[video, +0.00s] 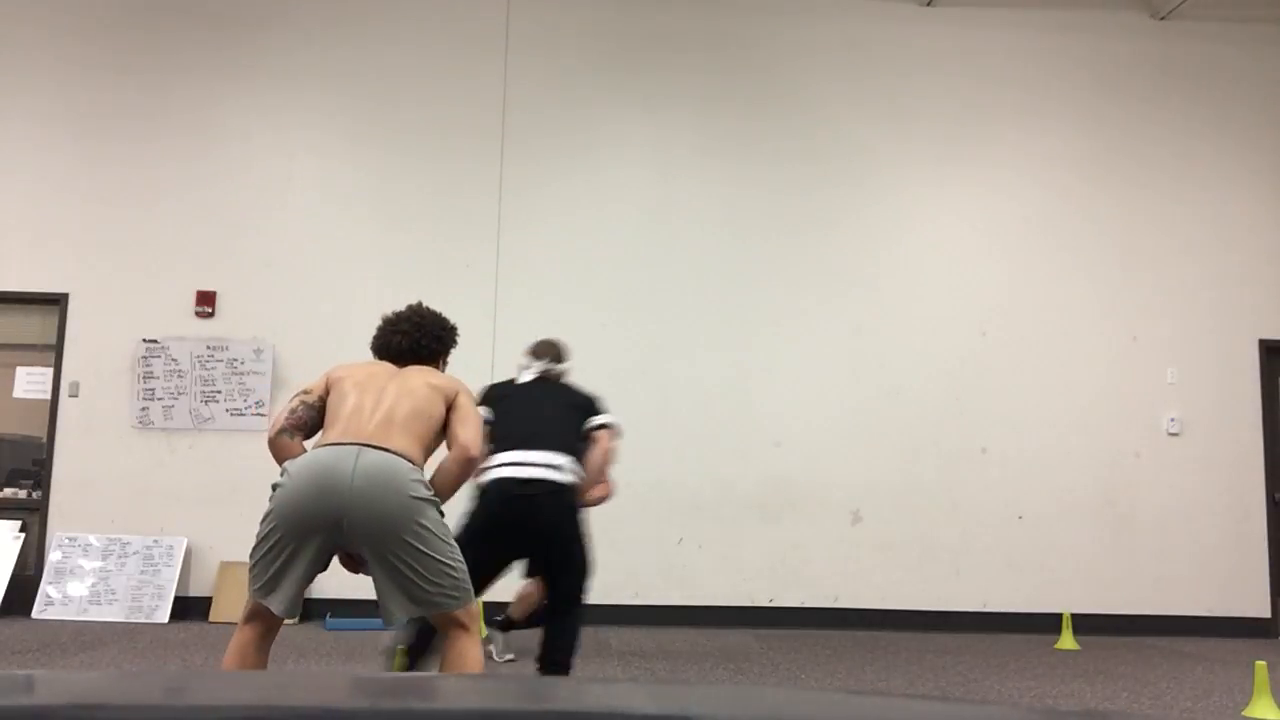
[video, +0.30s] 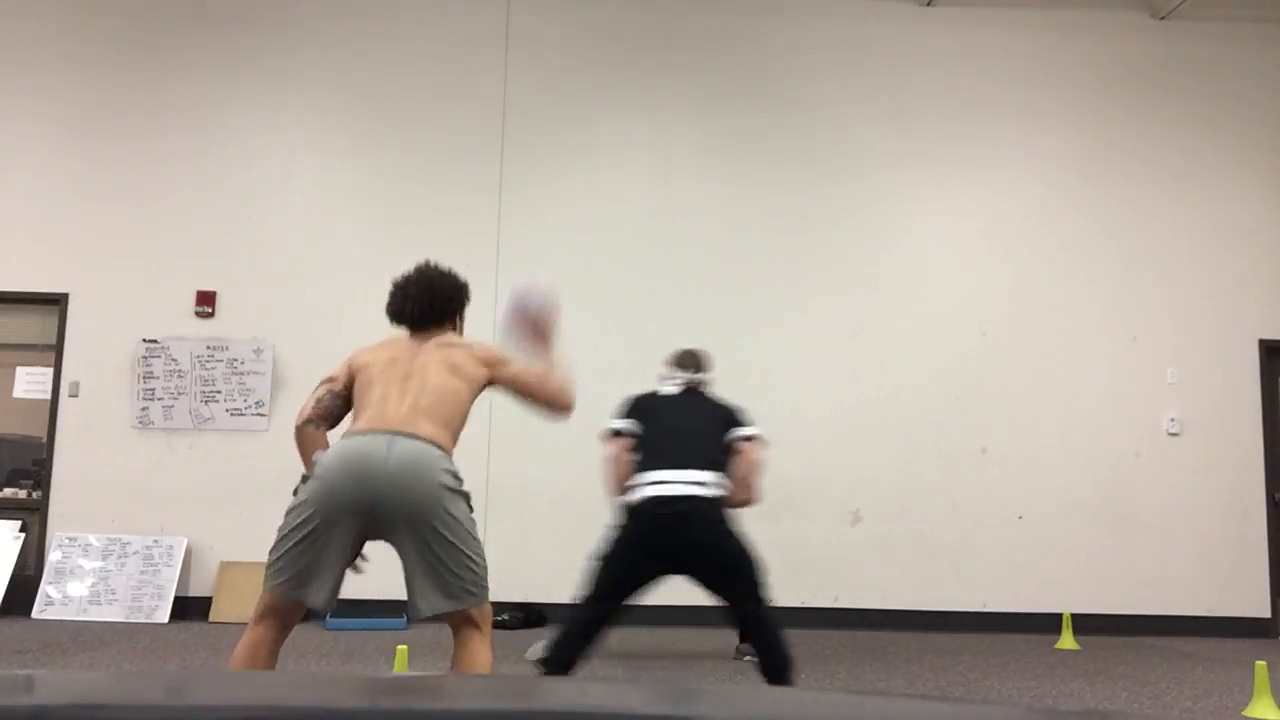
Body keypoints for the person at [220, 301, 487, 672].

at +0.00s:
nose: (448, 367)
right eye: (448, 362)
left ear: (383, 349)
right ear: (439, 359)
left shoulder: (341, 373)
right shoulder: (451, 387)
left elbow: (282, 434)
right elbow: (466, 451)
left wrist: (334, 531)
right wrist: (412, 516)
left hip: (312, 472)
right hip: (394, 476)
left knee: (258, 618)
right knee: (460, 626)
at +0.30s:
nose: (464, 322)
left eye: (462, 317)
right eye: (463, 316)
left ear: (402, 316)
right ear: (457, 318)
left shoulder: (365, 356)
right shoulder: (473, 355)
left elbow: (308, 426)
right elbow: (560, 400)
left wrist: (336, 523)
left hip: (346, 459)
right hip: (424, 465)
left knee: (270, 618)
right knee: (471, 625)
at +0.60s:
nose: (458, 267)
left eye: (455, 258)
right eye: (456, 259)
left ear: (396, 272)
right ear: (444, 265)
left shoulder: (363, 311)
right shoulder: (479, 320)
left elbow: (310, 383)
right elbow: (515, 409)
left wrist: (261, 469)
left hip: (353, 428)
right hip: (430, 436)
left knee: (286, 602)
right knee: (457, 611)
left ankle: (236, 716)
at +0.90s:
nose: (406, 243)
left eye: (402, 233)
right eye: (401, 233)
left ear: (344, 246)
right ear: (387, 242)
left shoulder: (303, 303)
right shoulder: (420, 308)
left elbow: (272, 398)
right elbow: (431, 411)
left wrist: (262, 481)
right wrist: (448, 493)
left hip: (299, 429)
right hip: (375, 436)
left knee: (257, 612)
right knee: (425, 609)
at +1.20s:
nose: (353, 223)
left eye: (350, 213)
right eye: (348, 214)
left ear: (287, 227)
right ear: (328, 223)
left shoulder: (244, 289)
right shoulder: (363, 286)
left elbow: (222, 393)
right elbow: (417, 384)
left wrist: (235, 460)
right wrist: (473, 431)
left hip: (246, 438)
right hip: (323, 438)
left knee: (229, 611)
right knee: (383, 598)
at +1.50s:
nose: (342, 224)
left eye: (339, 213)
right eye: (336, 214)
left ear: (278, 225)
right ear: (316, 221)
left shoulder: (233, 287)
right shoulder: (344, 281)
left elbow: (206, 392)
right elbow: (355, 383)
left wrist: (194, 477)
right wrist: (392, 465)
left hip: (235, 442)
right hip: (311, 442)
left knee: (224, 612)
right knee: (371, 598)